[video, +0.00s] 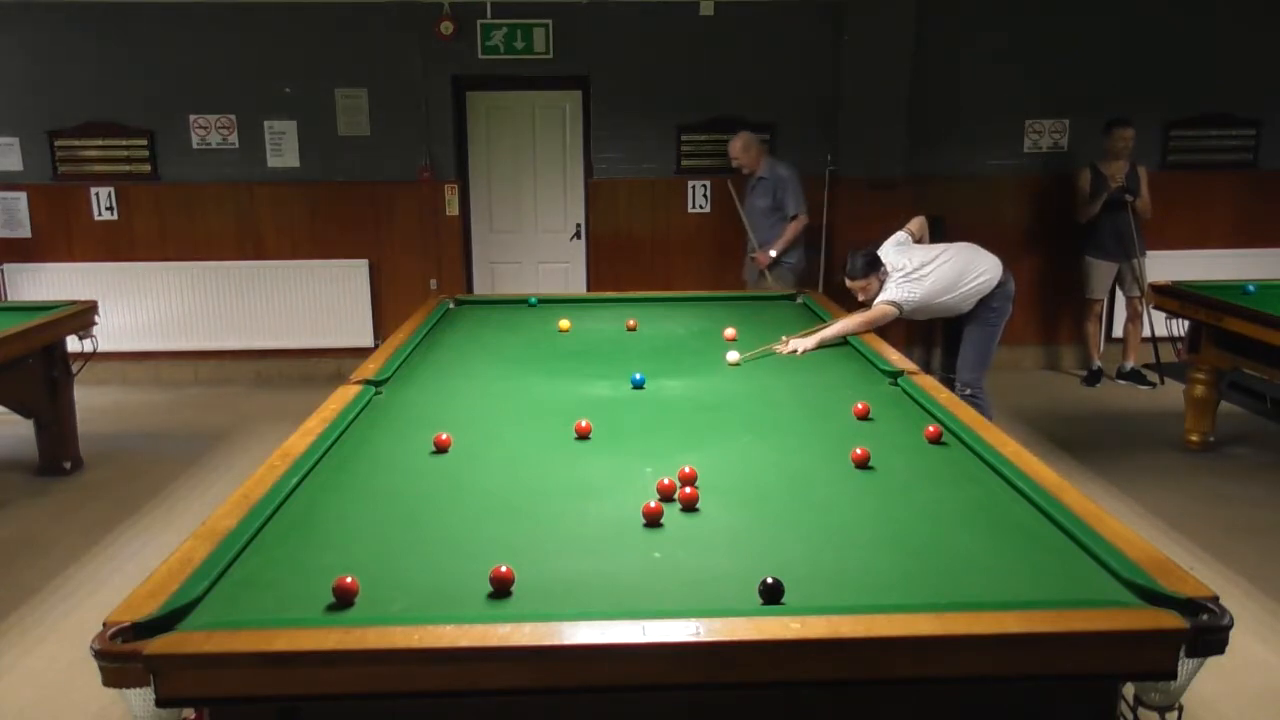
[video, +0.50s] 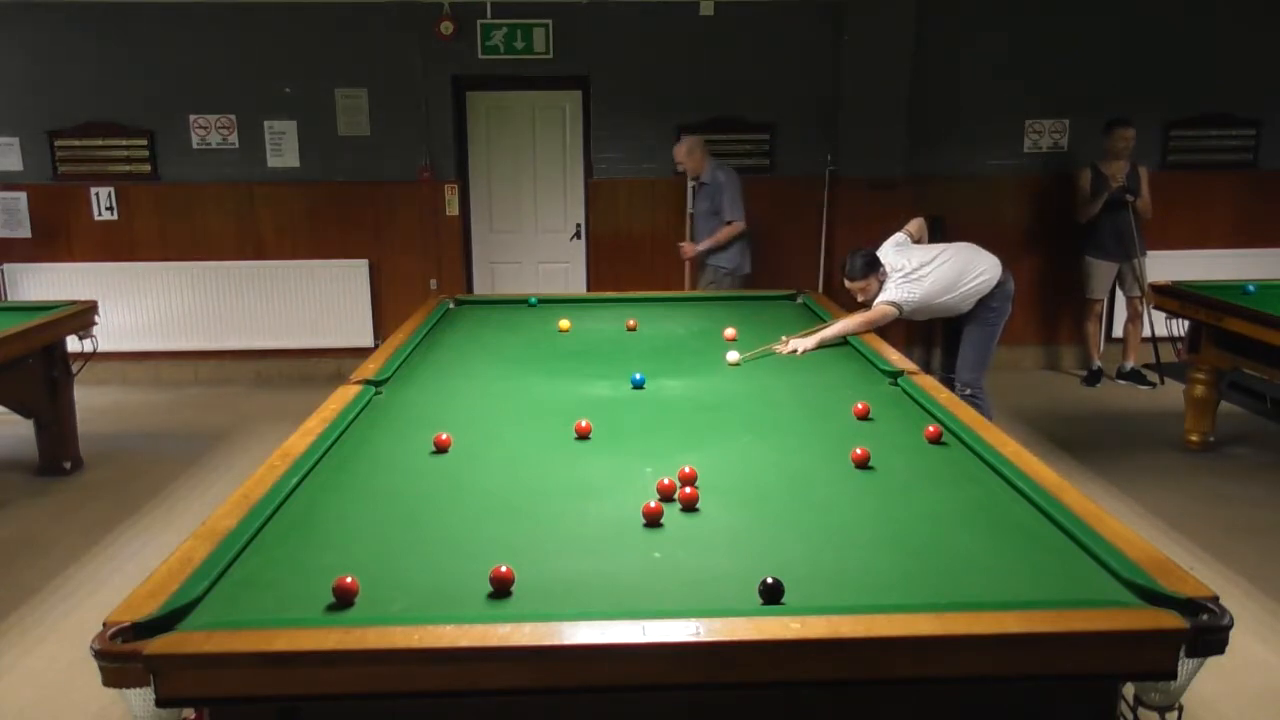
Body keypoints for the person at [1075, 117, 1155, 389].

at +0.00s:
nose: (1126, 145)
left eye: (1130, 140)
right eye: (1121, 140)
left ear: (1134, 142)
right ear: (1107, 141)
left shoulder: (1138, 171)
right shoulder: (1089, 172)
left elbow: (1147, 212)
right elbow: (1082, 215)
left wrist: (1132, 198)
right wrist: (1106, 191)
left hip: (1132, 250)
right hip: (1099, 250)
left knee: (1136, 309)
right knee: (1094, 309)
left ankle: (1128, 366)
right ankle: (1094, 365)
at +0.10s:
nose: (1127, 145)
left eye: (1130, 140)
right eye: (1121, 140)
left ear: (1134, 142)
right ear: (1107, 141)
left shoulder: (1138, 171)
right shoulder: (1089, 172)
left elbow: (1147, 211)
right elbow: (1083, 214)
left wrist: (1132, 197)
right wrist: (1106, 191)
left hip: (1132, 250)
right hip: (1099, 250)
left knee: (1136, 309)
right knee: (1094, 309)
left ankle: (1128, 367)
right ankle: (1094, 365)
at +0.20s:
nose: (1127, 145)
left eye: (1131, 140)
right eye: (1122, 140)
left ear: (1134, 142)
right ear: (1108, 141)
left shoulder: (1138, 171)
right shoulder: (1089, 172)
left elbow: (1147, 211)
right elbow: (1083, 214)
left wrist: (1132, 197)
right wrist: (1106, 191)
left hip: (1132, 250)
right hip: (1099, 250)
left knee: (1136, 309)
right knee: (1094, 309)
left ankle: (1128, 367)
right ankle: (1094, 365)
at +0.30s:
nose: (1127, 145)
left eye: (1131, 140)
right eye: (1122, 140)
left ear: (1134, 142)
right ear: (1108, 140)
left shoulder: (1138, 171)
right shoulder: (1090, 172)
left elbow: (1147, 211)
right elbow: (1083, 214)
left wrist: (1132, 198)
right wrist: (1106, 191)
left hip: (1132, 250)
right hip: (1100, 250)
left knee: (1136, 309)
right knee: (1094, 309)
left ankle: (1128, 366)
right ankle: (1094, 365)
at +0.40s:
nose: (1127, 145)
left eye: (1131, 140)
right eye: (1122, 140)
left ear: (1134, 142)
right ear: (1108, 141)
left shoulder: (1138, 171)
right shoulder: (1089, 172)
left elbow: (1147, 211)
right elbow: (1083, 214)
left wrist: (1132, 198)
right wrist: (1106, 191)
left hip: (1132, 250)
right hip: (1100, 250)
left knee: (1136, 309)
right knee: (1094, 309)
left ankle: (1128, 367)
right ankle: (1094, 365)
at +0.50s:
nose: (1127, 145)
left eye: (1131, 140)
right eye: (1122, 140)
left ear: (1134, 142)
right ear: (1108, 140)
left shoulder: (1138, 171)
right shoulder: (1089, 172)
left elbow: (1147, 211)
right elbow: (1083, 214)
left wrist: (1132, 197)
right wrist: (1106, 191)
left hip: (1132, 250)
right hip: (1100, 250)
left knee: (1136, 309)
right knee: (1094, 309)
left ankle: (1128, 367)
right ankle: (1094, 365)